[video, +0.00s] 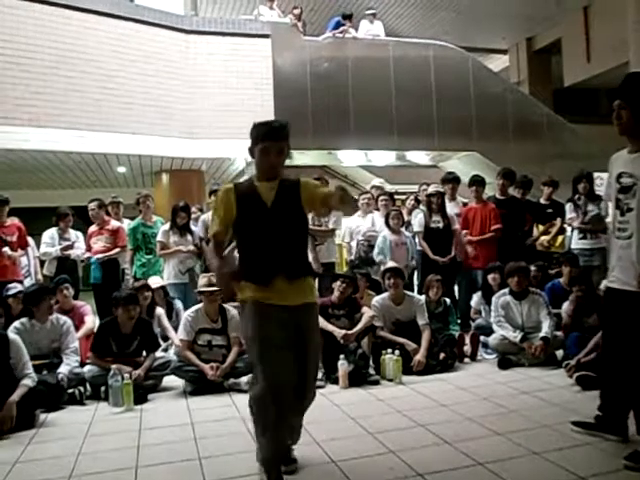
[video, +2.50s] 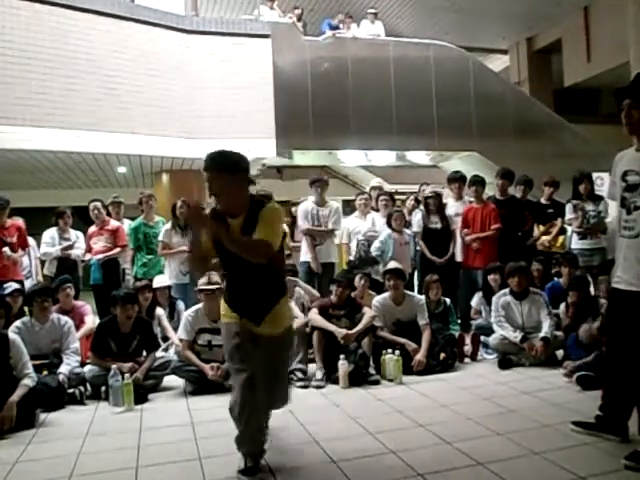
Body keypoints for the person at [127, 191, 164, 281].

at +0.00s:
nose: (147, 204)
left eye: (149, 201)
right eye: (143, 202)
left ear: (153, 204)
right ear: (139, 206)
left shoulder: (160, 222)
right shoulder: (134, 226)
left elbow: (164, 245)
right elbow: (130, 249)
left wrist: (167, 267)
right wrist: (129, 271)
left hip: (159, 268)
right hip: (141, 269)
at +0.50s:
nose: (147, 204)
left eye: (149, 201)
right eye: (143, 202)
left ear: (154, 204)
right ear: (139, 206)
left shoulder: (161, 222)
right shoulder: (134, 226)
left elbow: (165, 245)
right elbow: (130, 249)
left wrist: (167, 267)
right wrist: (129, 271)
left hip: (159, 268)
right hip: (141, 269)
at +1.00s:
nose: (147, 204)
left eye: (148, 201)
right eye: (143, 202)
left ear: (153, 203)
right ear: (138, 206)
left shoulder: (160, 222)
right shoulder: (133, 226)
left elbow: (164, 244)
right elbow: (130, 249)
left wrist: (167, 266)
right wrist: (129, 269)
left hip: (158, 267)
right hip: (140, 269)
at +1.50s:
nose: (147, 204)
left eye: (148, 200)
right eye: (143, 202)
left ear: (153, 203)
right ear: (139, 206)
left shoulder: (160, 222)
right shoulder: (134, 226)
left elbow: (164, 244)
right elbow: (130, 249)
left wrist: (167, 266)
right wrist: (129, 270)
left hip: (158, 268)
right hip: (140, 269)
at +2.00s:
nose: (148, 204)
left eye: (150, 200)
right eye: (145, 202)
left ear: (154, 203)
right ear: (140, 206)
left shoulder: (160, 222)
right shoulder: (134, 226)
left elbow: (164, 244)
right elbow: (131, 249)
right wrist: (129, 269)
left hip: (159, 268)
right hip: (141, 269)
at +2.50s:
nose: (150, 204)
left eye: (151, 200)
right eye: (146, 202)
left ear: (156, 203)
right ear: (141, 206)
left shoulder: (162, 222)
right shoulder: (135, 226)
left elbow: (166, 244)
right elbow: (132, 249)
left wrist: (168, 266)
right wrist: (129, 269)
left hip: (160, 268)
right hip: (142, 269)